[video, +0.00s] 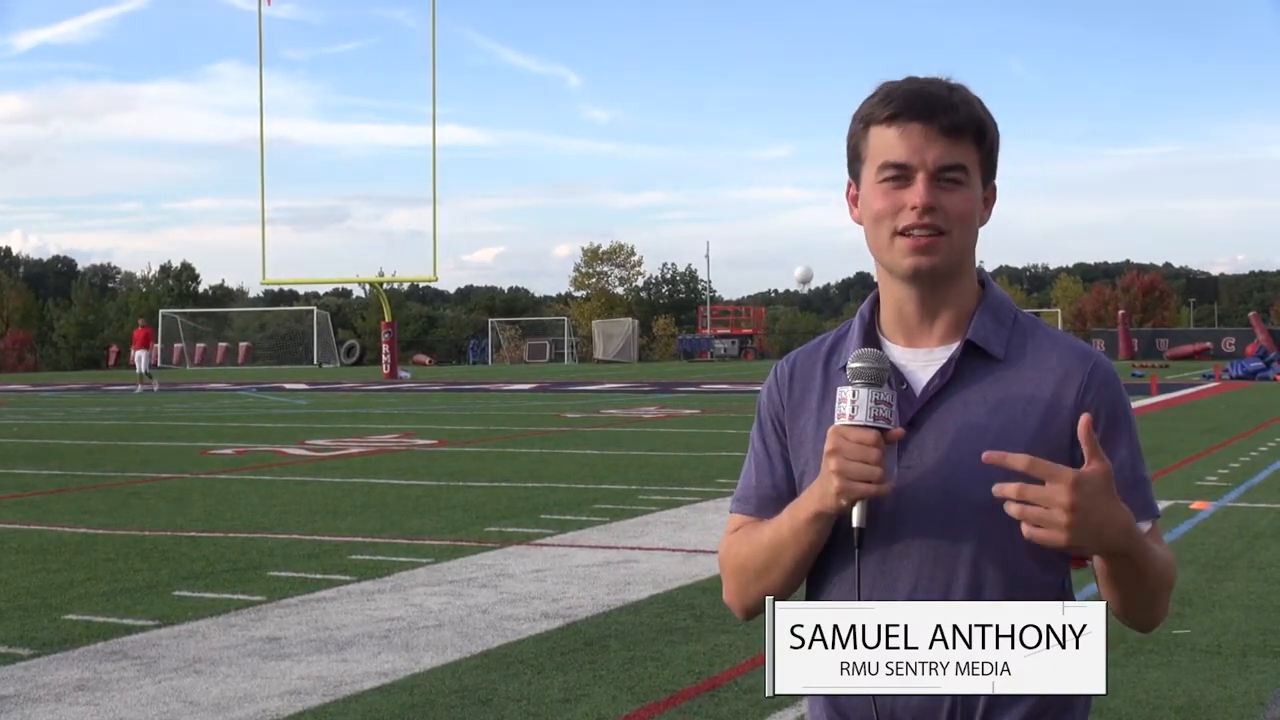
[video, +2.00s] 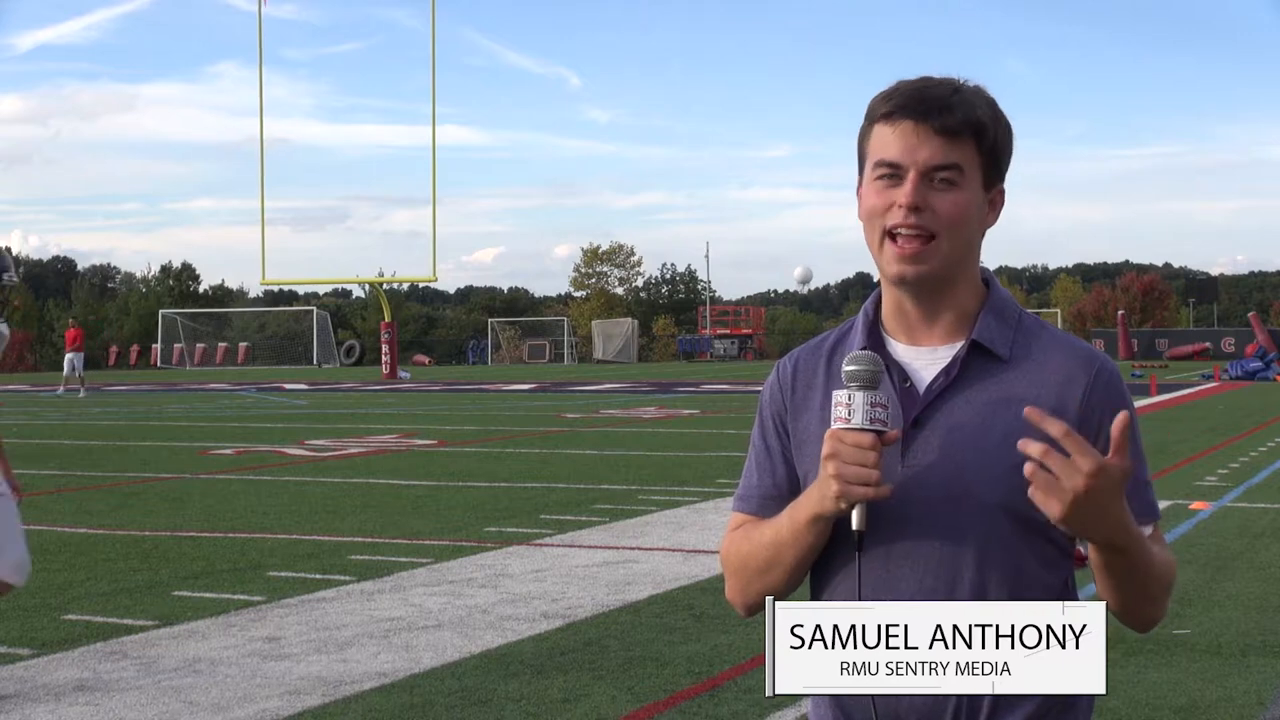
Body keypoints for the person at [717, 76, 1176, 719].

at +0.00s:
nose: (922, 201)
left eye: (950, 178)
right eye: (895, 177)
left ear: (986, 201)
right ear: (855, 201)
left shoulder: (1075, 379)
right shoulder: (796, 384)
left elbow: (1146, 611)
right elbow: (740, 590)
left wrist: (1118, 536)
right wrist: (820, 498)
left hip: (1024, 706)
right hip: (846, 707)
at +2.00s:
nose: (908, 201)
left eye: (943, 178)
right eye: (887, 175)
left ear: (992, 203)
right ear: (861, 198)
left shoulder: (1079, 380)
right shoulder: (797, 381)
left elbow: (1145, 611)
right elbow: (742, 586)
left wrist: (1111, 533)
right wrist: (819, 499)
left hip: (1027, 705)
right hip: (848, 707)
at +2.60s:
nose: (917, 210)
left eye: (948, 186)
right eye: (895, 182)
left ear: (992, 208)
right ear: (861, 199)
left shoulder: (1078, 386)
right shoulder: (797, 383)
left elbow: (1134, 591)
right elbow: (746, 589)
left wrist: (1029, 581)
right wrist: (834, 507)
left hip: (1024, 708)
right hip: (845, 708)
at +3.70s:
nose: (911, 202)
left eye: (943, 180)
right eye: (887, 178)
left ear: (987, 203)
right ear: (856, 203)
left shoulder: (1076, 377)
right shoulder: (796, 382)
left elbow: (1153, 598)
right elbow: (738, 589)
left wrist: (1058, 499)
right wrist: (807, 493)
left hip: (1027, 704)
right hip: (851, 706)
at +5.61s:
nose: (912, 209)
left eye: (941, 183)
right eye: (887, 184)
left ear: (985, 201)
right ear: (854, 207)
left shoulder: (1082, 380)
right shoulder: (798, 385)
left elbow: (1157, 578)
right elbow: (746, 587)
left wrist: (1045, 569)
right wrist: (834, 516)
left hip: (1032, 707)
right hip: (853, 708)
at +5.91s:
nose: (910, 207)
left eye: (939, 182)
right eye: (884, 184)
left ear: (985, 202)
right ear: (853, 208)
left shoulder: (1081, 379)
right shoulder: (799, 385)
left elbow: (1157, 578)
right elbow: (747, 587)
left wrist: (1045, 571)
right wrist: (832, 518)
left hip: (1031, 707)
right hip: (852, 709)